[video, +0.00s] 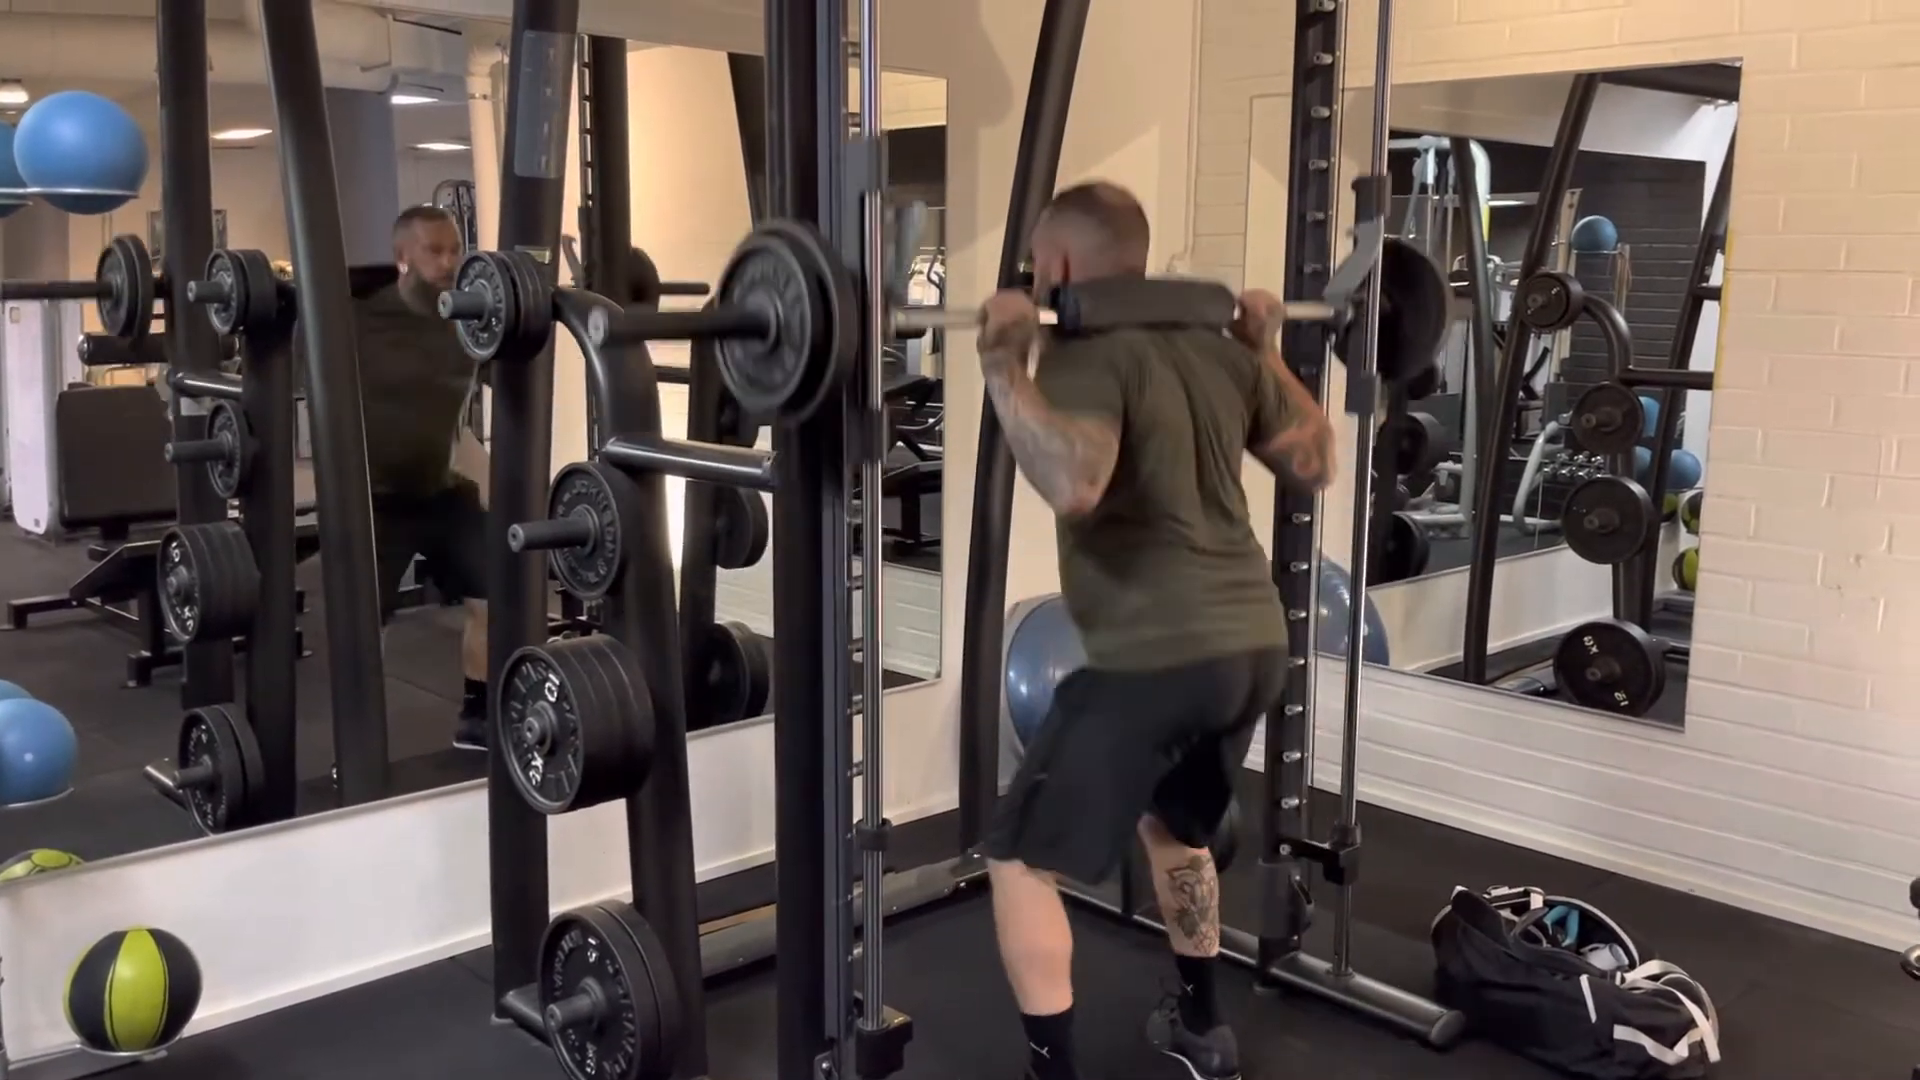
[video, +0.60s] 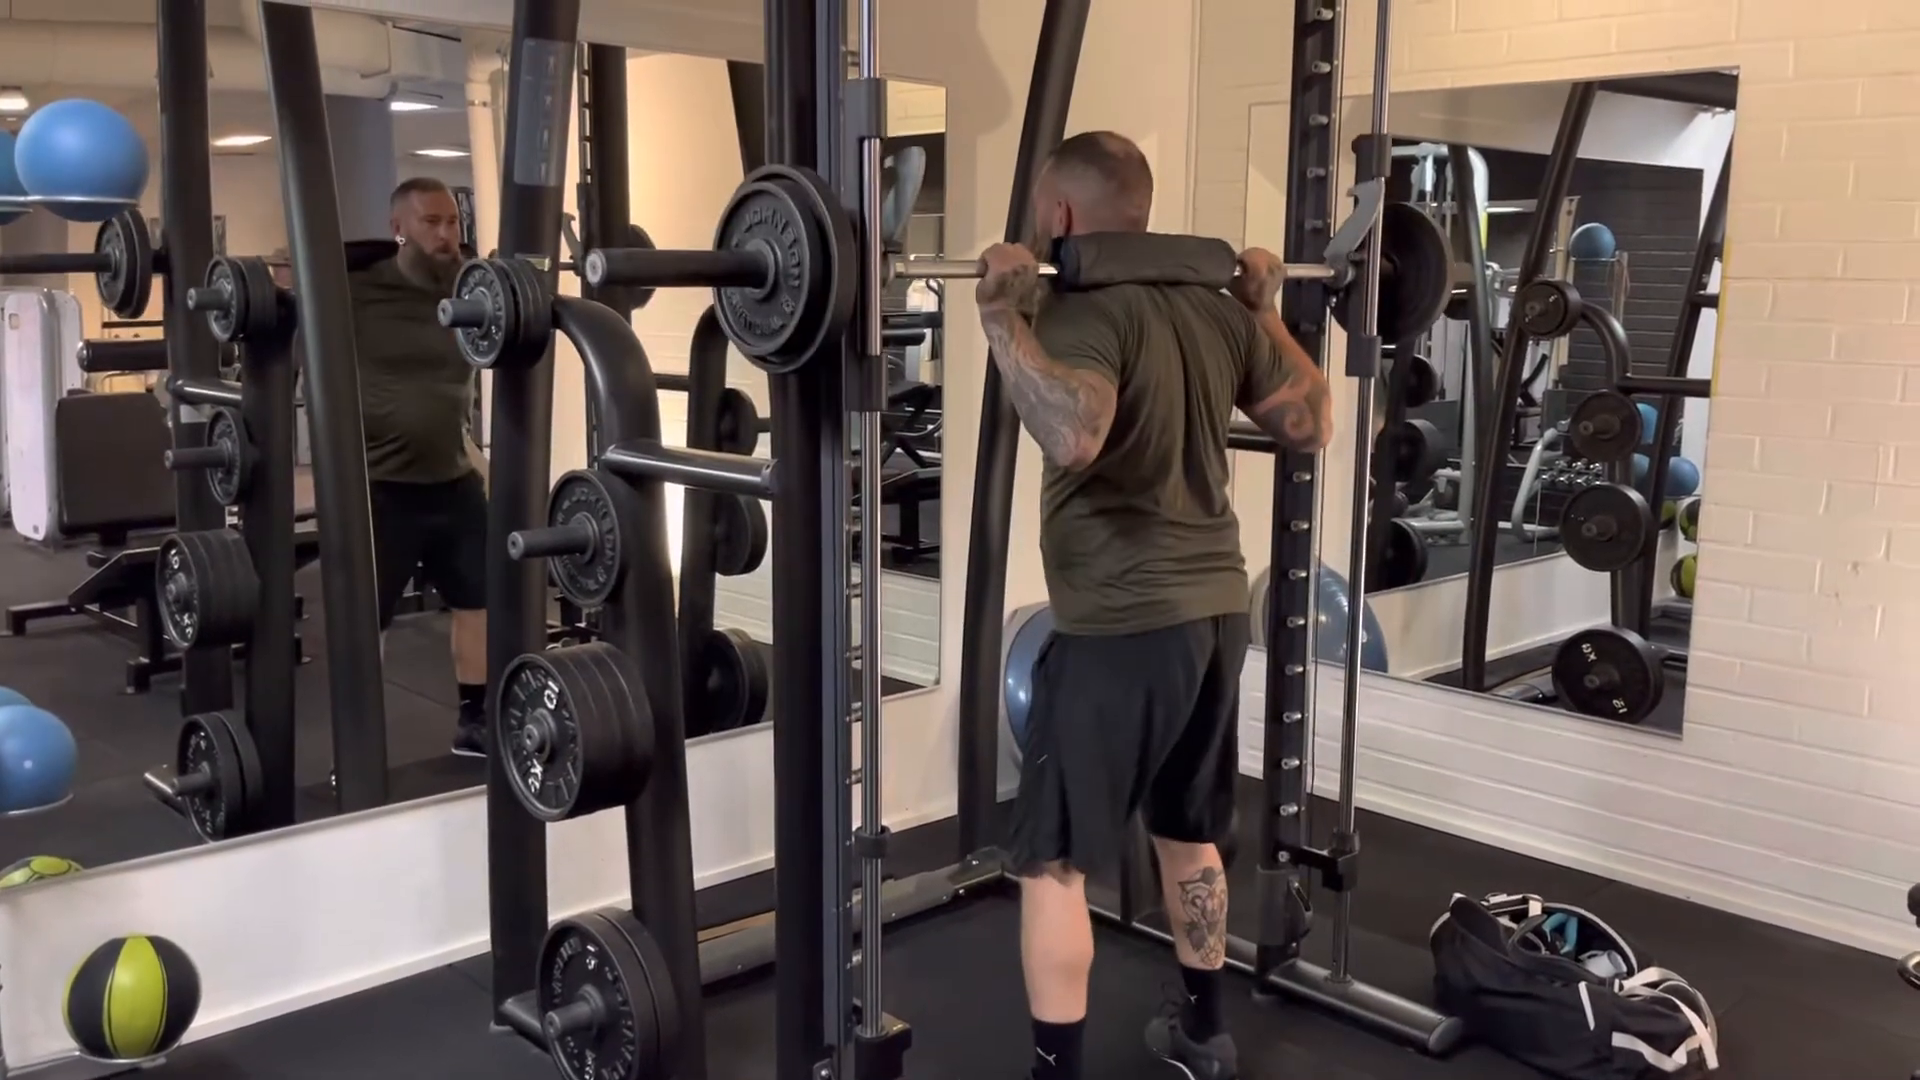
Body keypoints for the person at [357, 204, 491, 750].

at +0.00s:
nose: (448, 262)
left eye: (453, 250)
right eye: (435, 251)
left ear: (460, 252)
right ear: (402, 256)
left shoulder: (465, 318)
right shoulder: (363, 319)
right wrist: (274, 298)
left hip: (442, 490)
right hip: (374, 494)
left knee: (494, 584)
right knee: (361, 621)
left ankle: (478, 714)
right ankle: (354, 734)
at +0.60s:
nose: (449, 233)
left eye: (455, 221)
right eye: (434, 221)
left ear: (462, 226)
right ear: (399, 227)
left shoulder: (466, 291)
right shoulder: (355, 293)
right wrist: (277, 283)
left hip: (453, 482)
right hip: (378, 486)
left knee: (477, 596)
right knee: (362, 619)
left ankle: (477, 719)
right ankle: (353, 734)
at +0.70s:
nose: (449, 236)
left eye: (454, 224)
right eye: (434, 224)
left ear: (462, 229)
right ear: (399, 229)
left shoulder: (466, 294)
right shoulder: (355, 295)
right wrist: (276, 289)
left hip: (453, 485)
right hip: (378, 489)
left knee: (478, 597)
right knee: (361, 621)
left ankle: (476, 722)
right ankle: (353, 737)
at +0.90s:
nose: (448, 238)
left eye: (454, 226)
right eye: (434, 226)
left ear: (462, 231)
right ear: (399, 231)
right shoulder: (354, 298)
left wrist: (479, 465)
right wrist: (275, 294)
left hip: (454, 486)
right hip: (378, 490)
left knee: (477, 599)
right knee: (361, 622)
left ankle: (476, 723)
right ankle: (352, 738)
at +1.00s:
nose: (449, 238)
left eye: (455, 227)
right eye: (434, 227)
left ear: (462, 232)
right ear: (399, 232)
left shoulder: (467, 297)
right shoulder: (354, 297)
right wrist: (274, 287)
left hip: (452, 484)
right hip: (376, 488)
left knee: (477, 597)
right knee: (359, 619)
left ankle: (475, 723)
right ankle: (352, 737)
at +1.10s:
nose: (449, 243)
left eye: (455, 232)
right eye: (434, 231)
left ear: (463, 237)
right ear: (400, 237)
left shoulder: (465, 301)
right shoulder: (353, 300)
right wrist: (273, 293)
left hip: (449, 485)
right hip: (374, 490)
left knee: (476, 597)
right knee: (356, 618)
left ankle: (475, 723)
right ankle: (350, 735)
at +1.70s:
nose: (455, 427)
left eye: (461, 413)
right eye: (441, 414)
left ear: (469, 414)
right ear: (406, 417)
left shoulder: (476, 465)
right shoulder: (358, 460)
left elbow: (518, 507)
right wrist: (287, 462)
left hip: (434, 596)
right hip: (359, 600)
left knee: (508, 615)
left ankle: (477, 729)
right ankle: (352, 759)